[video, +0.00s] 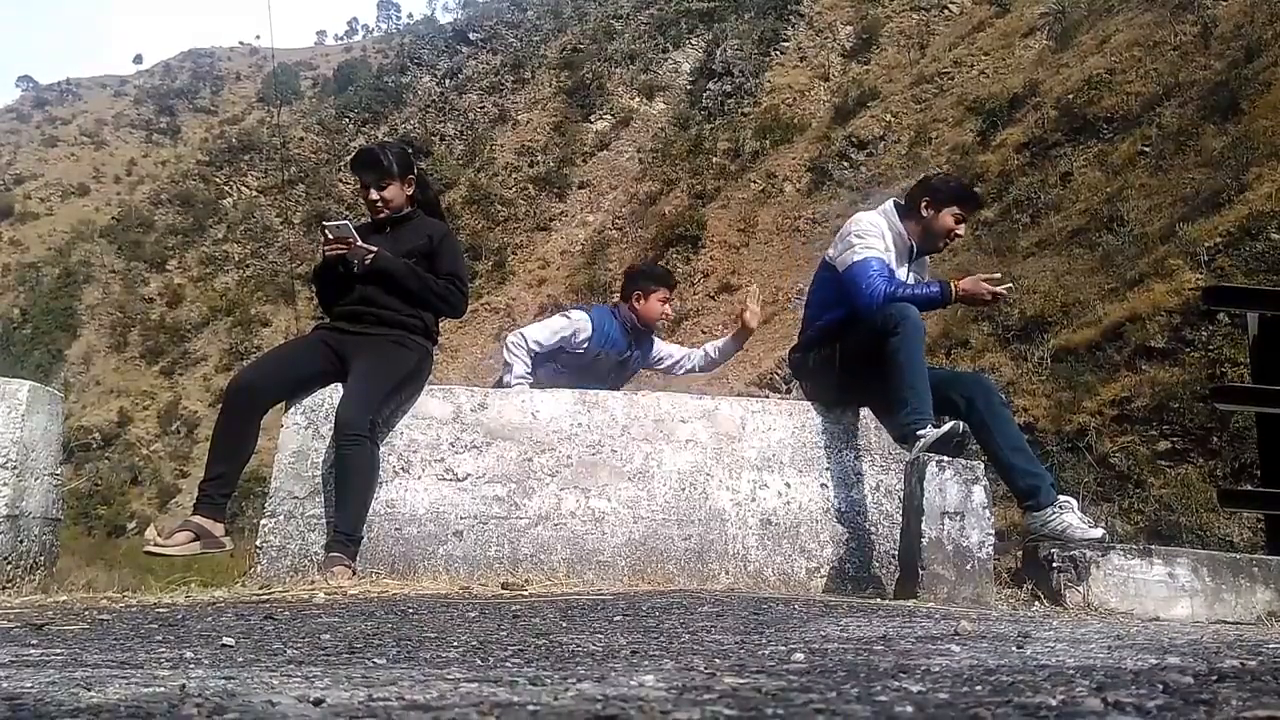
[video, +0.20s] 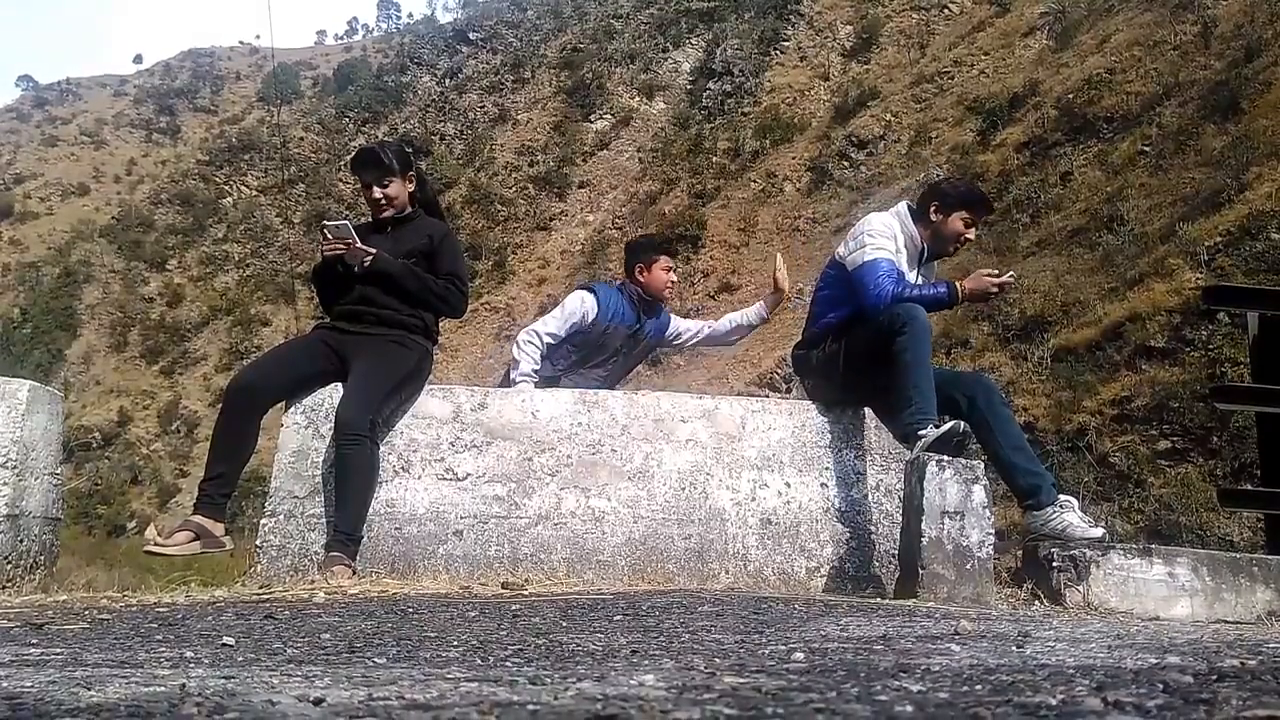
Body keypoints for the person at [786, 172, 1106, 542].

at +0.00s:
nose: (959, 232)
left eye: (964, 223)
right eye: (956, 219)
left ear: (928, 214)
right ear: (925, 208)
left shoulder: (915, 254)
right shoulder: (865, 229)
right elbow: (873, 294)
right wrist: (952, 291)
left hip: (876, 373)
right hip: (828, 368)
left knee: (976, 390)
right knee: (902, 317)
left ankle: (1043, 507)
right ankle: (916, 429)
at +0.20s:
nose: (970, 234)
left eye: (974, 227)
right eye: (966, 222)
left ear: (938, 218)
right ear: (935, 212)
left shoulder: (922, 254)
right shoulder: (878, 229)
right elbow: (881, 295)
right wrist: (959, 290)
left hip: (876, 372)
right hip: (829, 367)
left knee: (976, 389)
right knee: (908, 317)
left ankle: (1043, 506)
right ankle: (918, 427)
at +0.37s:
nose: (970, 234)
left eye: (974, 226)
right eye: (967, 222)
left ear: (938, 217)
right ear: (936, 212)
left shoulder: (921, 253)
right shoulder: (879, 228)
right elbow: (882, 295)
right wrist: (960, 288)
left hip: (875, 369)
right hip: (828, 364)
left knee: (977, 388)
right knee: (909, 317)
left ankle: (1044, 504)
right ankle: (920, 428)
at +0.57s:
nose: (966, 232)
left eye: (970, 223)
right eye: (962, 219)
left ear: (933, 215)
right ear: (930, 210)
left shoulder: (921, 250)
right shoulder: (873, 228)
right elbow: (878, 294)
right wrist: (956, 286)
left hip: (876, 370)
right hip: (827, 364)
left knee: (977, 387)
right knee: (907, 316)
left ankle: (1044, 503)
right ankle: (919, 427)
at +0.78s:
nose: (964, 226)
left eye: (968, 217)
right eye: (958, 213)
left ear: (929, 213)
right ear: (925, 206)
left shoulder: (922, 252)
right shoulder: (871, 226)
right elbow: (874, 293)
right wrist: (953, 283)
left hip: (877, 370)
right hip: (828, 365)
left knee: (976, 386)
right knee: (906, 316)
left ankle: (1044, 504)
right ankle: (917, 427)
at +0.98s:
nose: (958, 226)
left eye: (963, 218)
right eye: (952, 214)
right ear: (922, 205)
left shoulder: (921, 251)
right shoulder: (868, 228)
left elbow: (912, 305)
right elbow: (874, 293)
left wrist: (954, 289)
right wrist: (951, 284)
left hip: (877, 371)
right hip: (827, 366)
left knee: (976, 387)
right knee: (905, 316)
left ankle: (1043, 504)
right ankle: (917, 427)